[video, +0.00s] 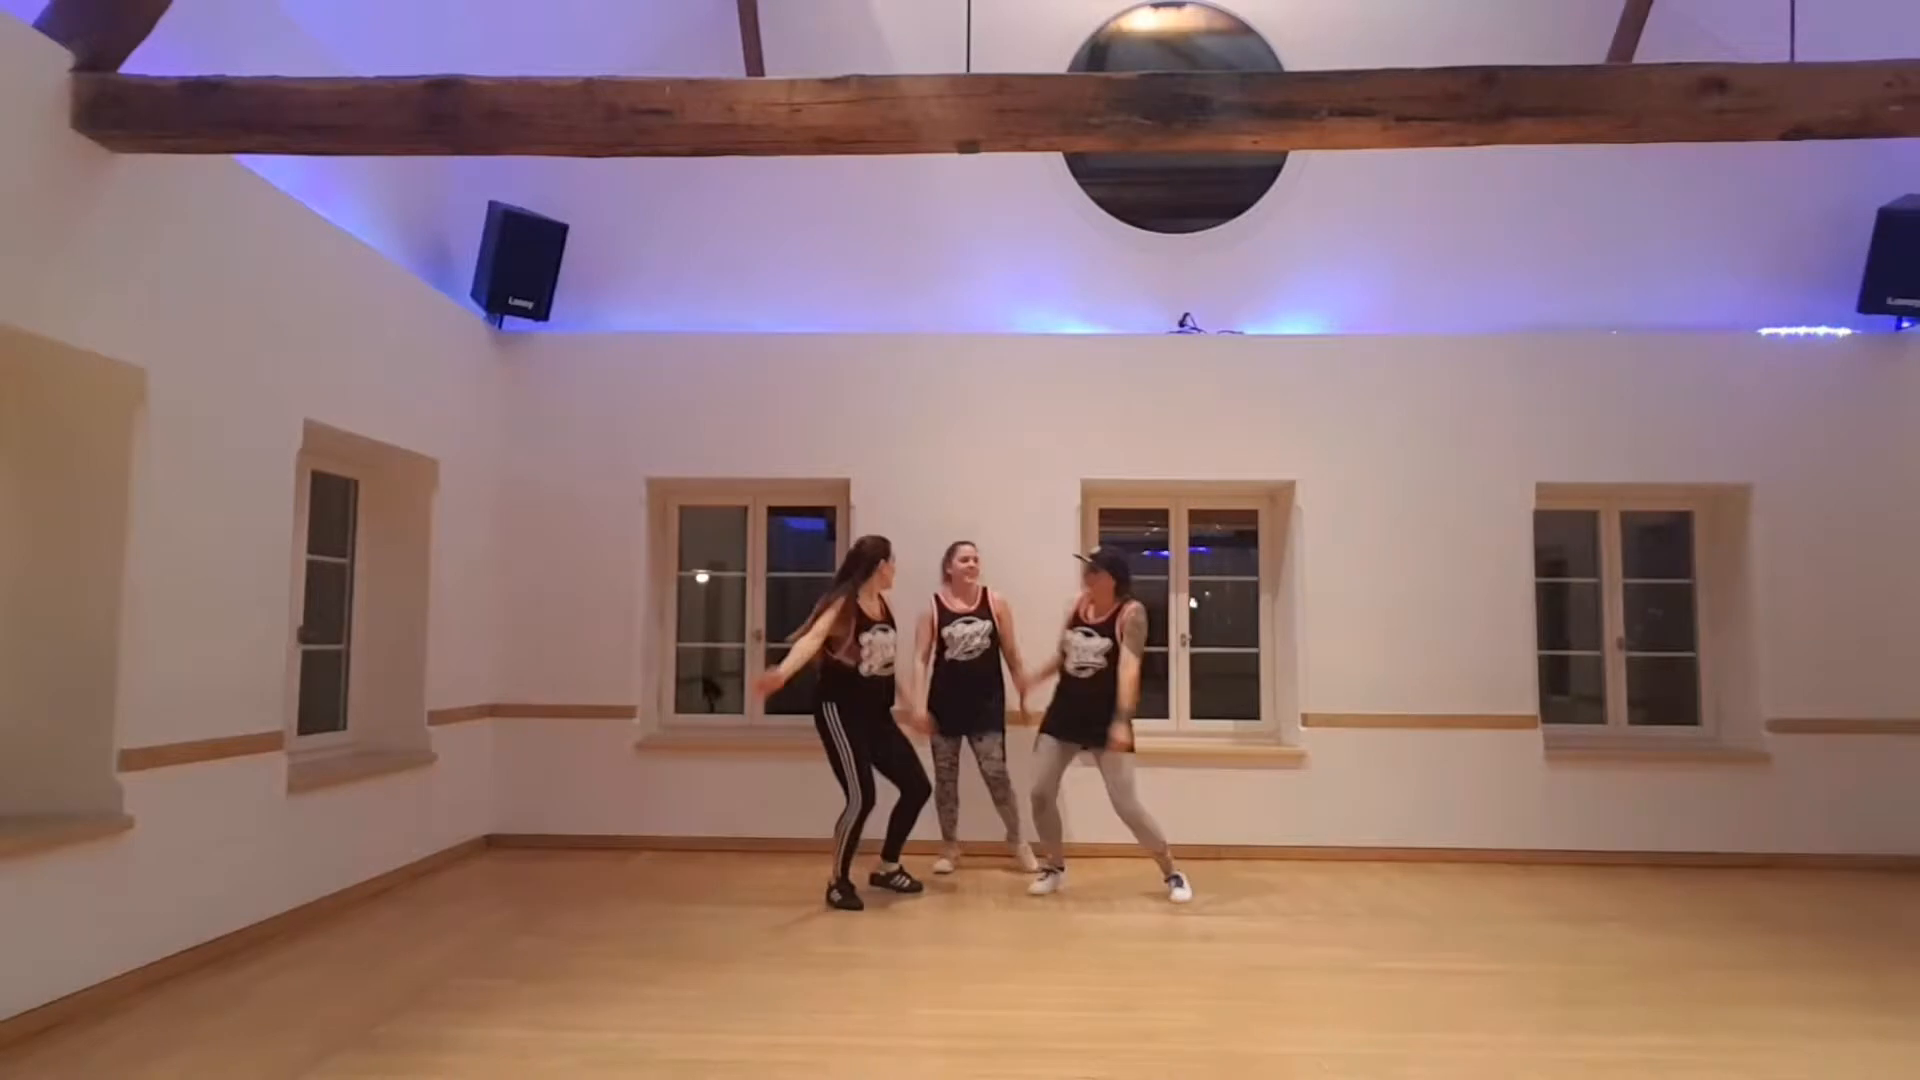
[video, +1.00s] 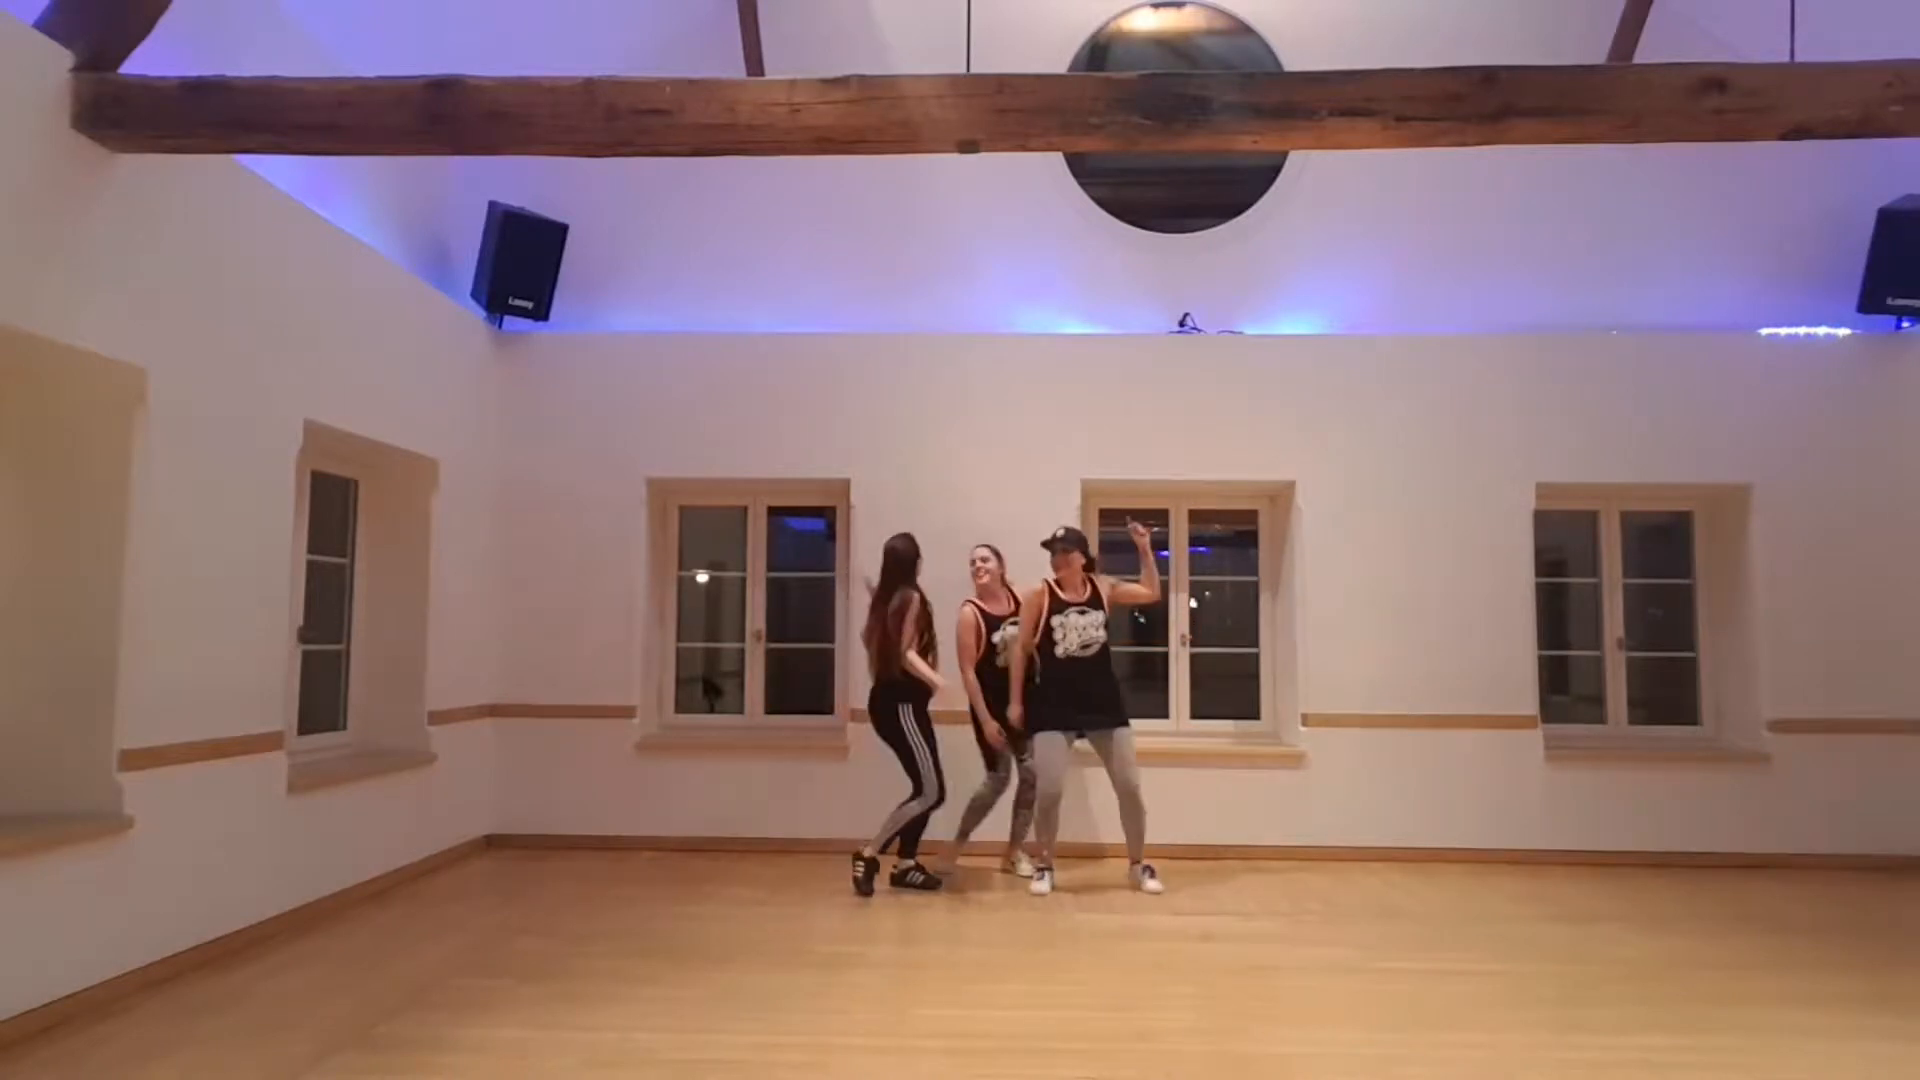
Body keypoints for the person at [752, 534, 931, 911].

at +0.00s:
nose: (894, 569)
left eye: (893, 562)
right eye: (891, 562)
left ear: (872, 567)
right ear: (878, 566)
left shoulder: (882, 604)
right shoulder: (842, 604)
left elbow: (887, 665)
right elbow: (812, 639)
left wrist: (909, 710)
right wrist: (782, 672)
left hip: (874, 711)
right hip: (838, 710)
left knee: (918, 788)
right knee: (861, 796)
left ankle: (887, 867)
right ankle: (838, 882)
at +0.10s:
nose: (891, 557)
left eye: (889, 551)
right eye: (887, 551)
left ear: (873, 556)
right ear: (872, 556)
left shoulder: (883, 595)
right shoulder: (840, 598)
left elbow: (895, 645)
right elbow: (808, 641)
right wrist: (785, 688)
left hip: (878, 702)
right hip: (840, 703)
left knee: (915, 782)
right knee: (853, 790)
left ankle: (893, 861)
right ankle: (837, 880)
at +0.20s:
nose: (888, 550)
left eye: (885, 543)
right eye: (884, 543)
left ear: (872, 550)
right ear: (871, 549)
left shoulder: (893, 589)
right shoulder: (842, 591)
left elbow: (921, 631)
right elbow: (816, 641)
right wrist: (798, 691)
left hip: (884, 700)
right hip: (844, 701)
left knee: (911, 783)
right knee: (846, 791)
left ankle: (904, 862)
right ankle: (835, 879)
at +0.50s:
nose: (896, 565)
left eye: (892, 559)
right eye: (890, 560)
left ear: (882, 570)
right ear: (877, 568)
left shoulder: (903, 607)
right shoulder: (860, 609)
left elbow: (919, 656)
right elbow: (844, 663)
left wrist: (929, 623)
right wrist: (846, 718)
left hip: (911, 714)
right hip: (875, 717)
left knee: (934, 793)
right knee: (860, 800)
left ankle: (906, 866)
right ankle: (835, 880)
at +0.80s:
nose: (914, 549)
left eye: (911, 543)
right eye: (910, 544)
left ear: (892, 553)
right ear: (904, 551)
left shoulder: (910, 591)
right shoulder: (895, 592)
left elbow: (910, 640)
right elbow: (885, 642)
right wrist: (886, 692)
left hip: (918, 694)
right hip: (897, 696)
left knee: (921, 779)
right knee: (899, 778)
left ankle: (905, 863)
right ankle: (853, 859)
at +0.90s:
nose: (917, 551)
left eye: (913, 545)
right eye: (914, 547)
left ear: (885, 553)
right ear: (911, 551)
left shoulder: (889, 587)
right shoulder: (903, 589)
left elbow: (893, 642)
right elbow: (895, 643)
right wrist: (907, 688)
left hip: (907, 691)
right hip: (897, 692)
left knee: (919, 781)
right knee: (914, 783)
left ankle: (905, 863)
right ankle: (864, 853)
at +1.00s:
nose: (921, 561)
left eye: (917, 555)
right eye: (919, 556)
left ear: (888, 561)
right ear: (915, 560)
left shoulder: (884, 596)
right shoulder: (911, 597)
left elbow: (868, 638)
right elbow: (905, 652)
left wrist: (884, 670)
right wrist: (937, 679)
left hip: (888, 698)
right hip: (901, 701)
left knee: (929, 788)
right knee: (930, 792)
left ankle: (906, 865)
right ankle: (869, 855)